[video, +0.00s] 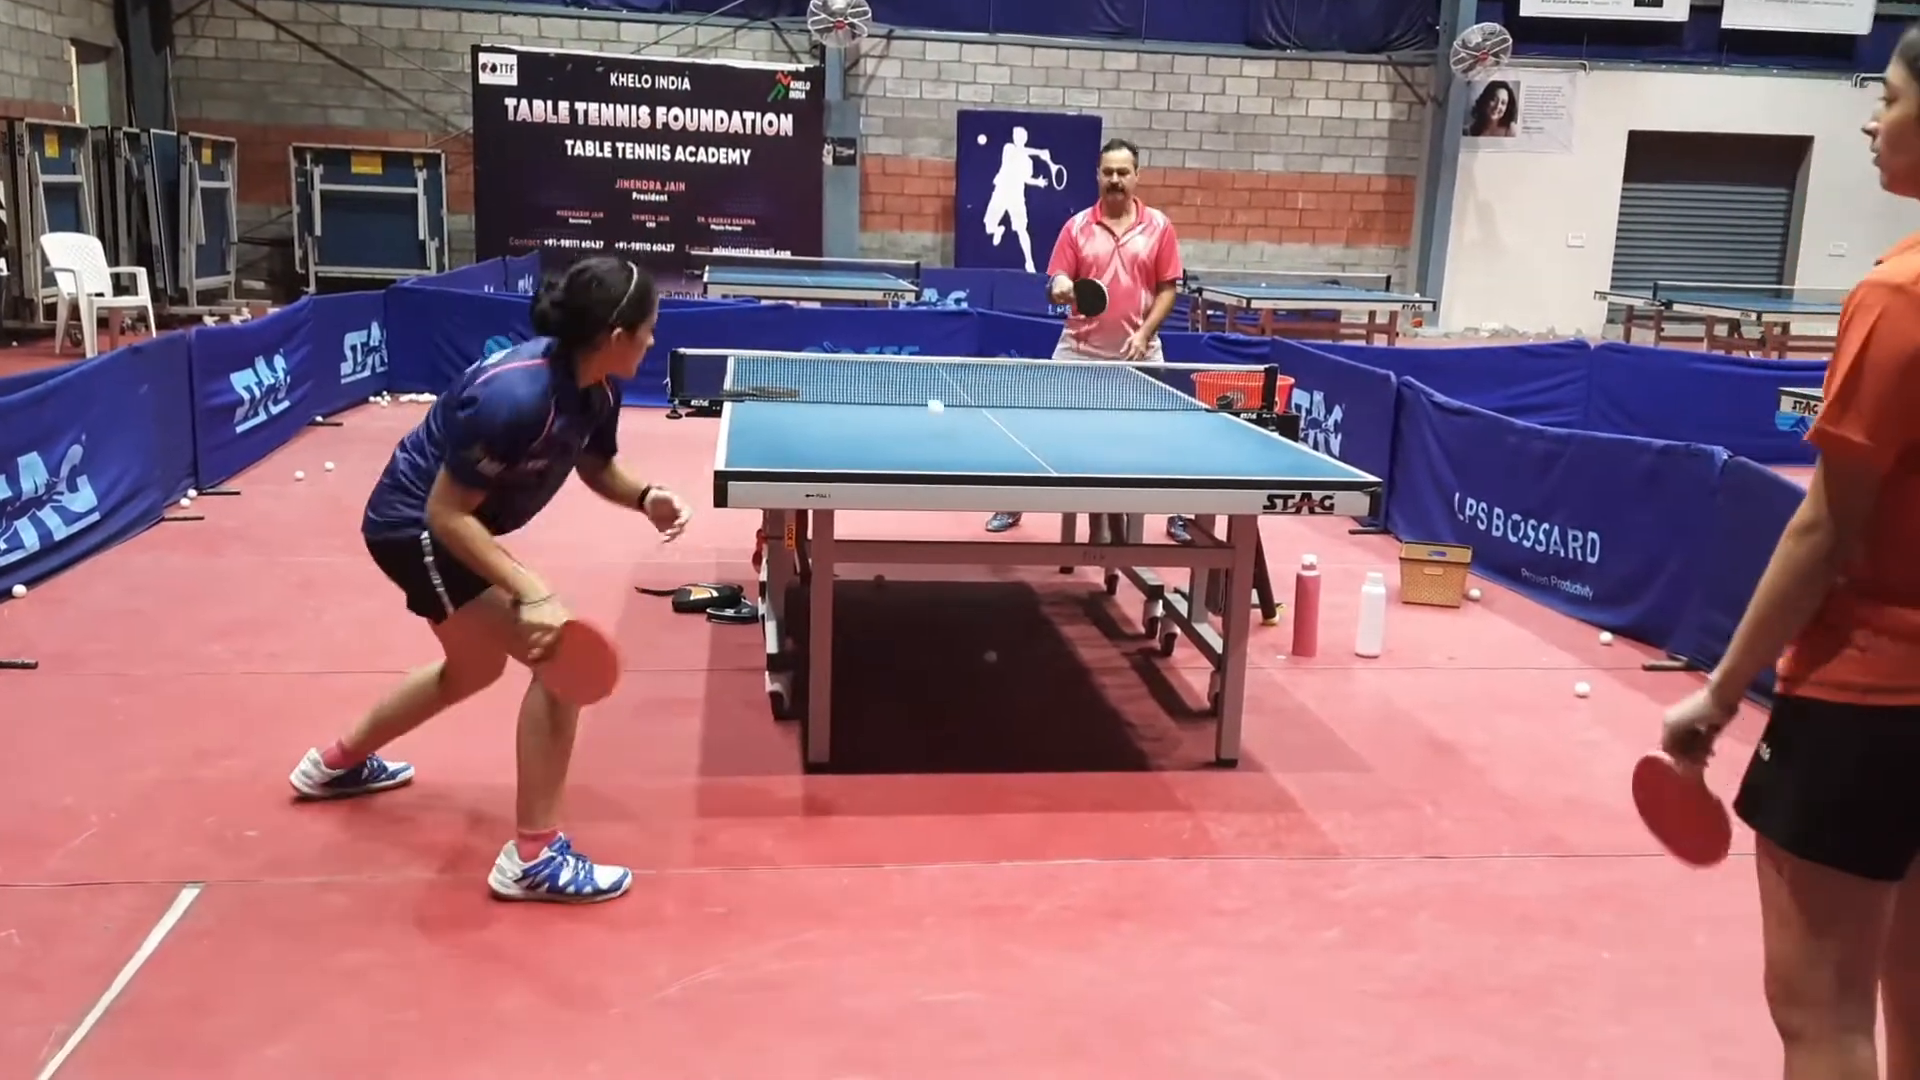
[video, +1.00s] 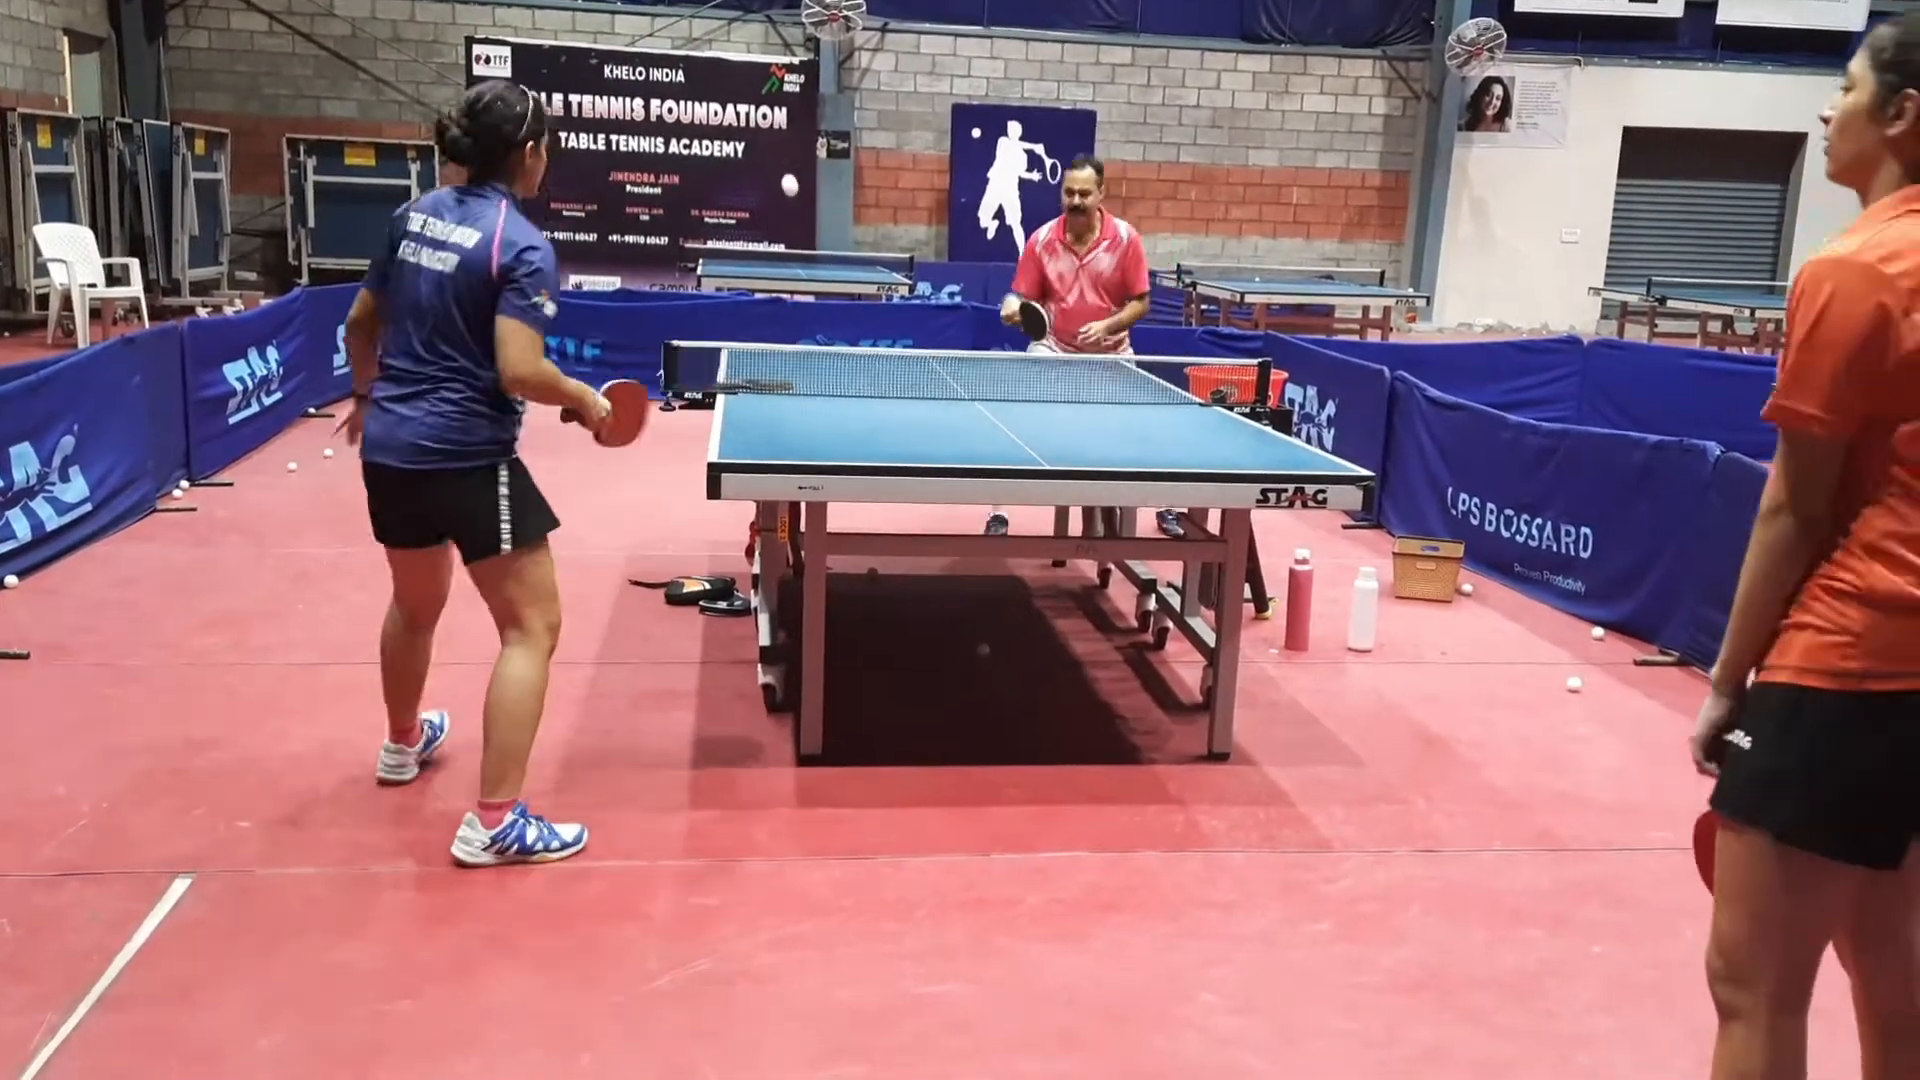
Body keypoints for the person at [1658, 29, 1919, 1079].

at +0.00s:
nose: (1875, 122)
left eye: (1892, 100)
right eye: (1883, 98)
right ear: (1914, 114)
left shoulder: (1897, 293)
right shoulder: (1896, 290)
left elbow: (1829, 527)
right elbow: (1828, 520)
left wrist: (1718, 693)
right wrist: (1725, 690)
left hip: (1858, 710)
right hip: (1906, 711)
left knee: (1818, 1013)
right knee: (1907, 1000)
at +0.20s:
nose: (1898, 133)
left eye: (1909, 112)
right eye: (1903, 111)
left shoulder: (1904, 284)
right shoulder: (1897, 283)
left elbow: (1846, 508)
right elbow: (1846, 505)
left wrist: (1741, 676)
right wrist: (1745, 675)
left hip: (1875, 688)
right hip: (1907, 687)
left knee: (1816, 1000)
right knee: (1912, 989)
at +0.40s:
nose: (1902, 133)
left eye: (1912, 118)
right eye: (1906, 118)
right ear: (1907, 133)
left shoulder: (1904, 273)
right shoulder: (1899, 276)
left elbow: (1868, 488)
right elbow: (1866, 488)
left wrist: (1787, 668)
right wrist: (1803, 673)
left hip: (1876, 666)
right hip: (1884, 668)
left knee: (1790, 980)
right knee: (1910, 976)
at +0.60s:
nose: (1898, 136)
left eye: (1908, 119)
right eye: (1904, 118)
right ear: (1910, 138)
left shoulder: (1907, 263)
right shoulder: (1901, 266)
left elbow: (1874, 478)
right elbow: (1871, 478)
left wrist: (1784, 659)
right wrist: (1801, 664)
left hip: (1878, 659)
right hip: (1885, 661)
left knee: (1774, 968)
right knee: (1906, 970)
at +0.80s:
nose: (1882, 121)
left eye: (1899, 98)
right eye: (1891, 97)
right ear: (1919, 119)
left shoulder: (1898, 262)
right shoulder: (1899, 261)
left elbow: (1851, 483)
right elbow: (1855, 483)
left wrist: (1768, 664)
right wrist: (1786, 661)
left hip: (1871, 667)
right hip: (1901, 671)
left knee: (1751, 963)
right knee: (1905, 969)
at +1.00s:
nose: (1829, 108)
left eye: (1848, 89)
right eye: (1840, 86)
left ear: (1900, 114)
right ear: (1906, 115)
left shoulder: (1861, 270)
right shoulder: (1899, 256)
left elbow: (1795, 509)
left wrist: (1726, 681)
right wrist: (1735, 677)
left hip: (1838, 673)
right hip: (1908, 676)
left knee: (1752, 995)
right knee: (1895, 981)